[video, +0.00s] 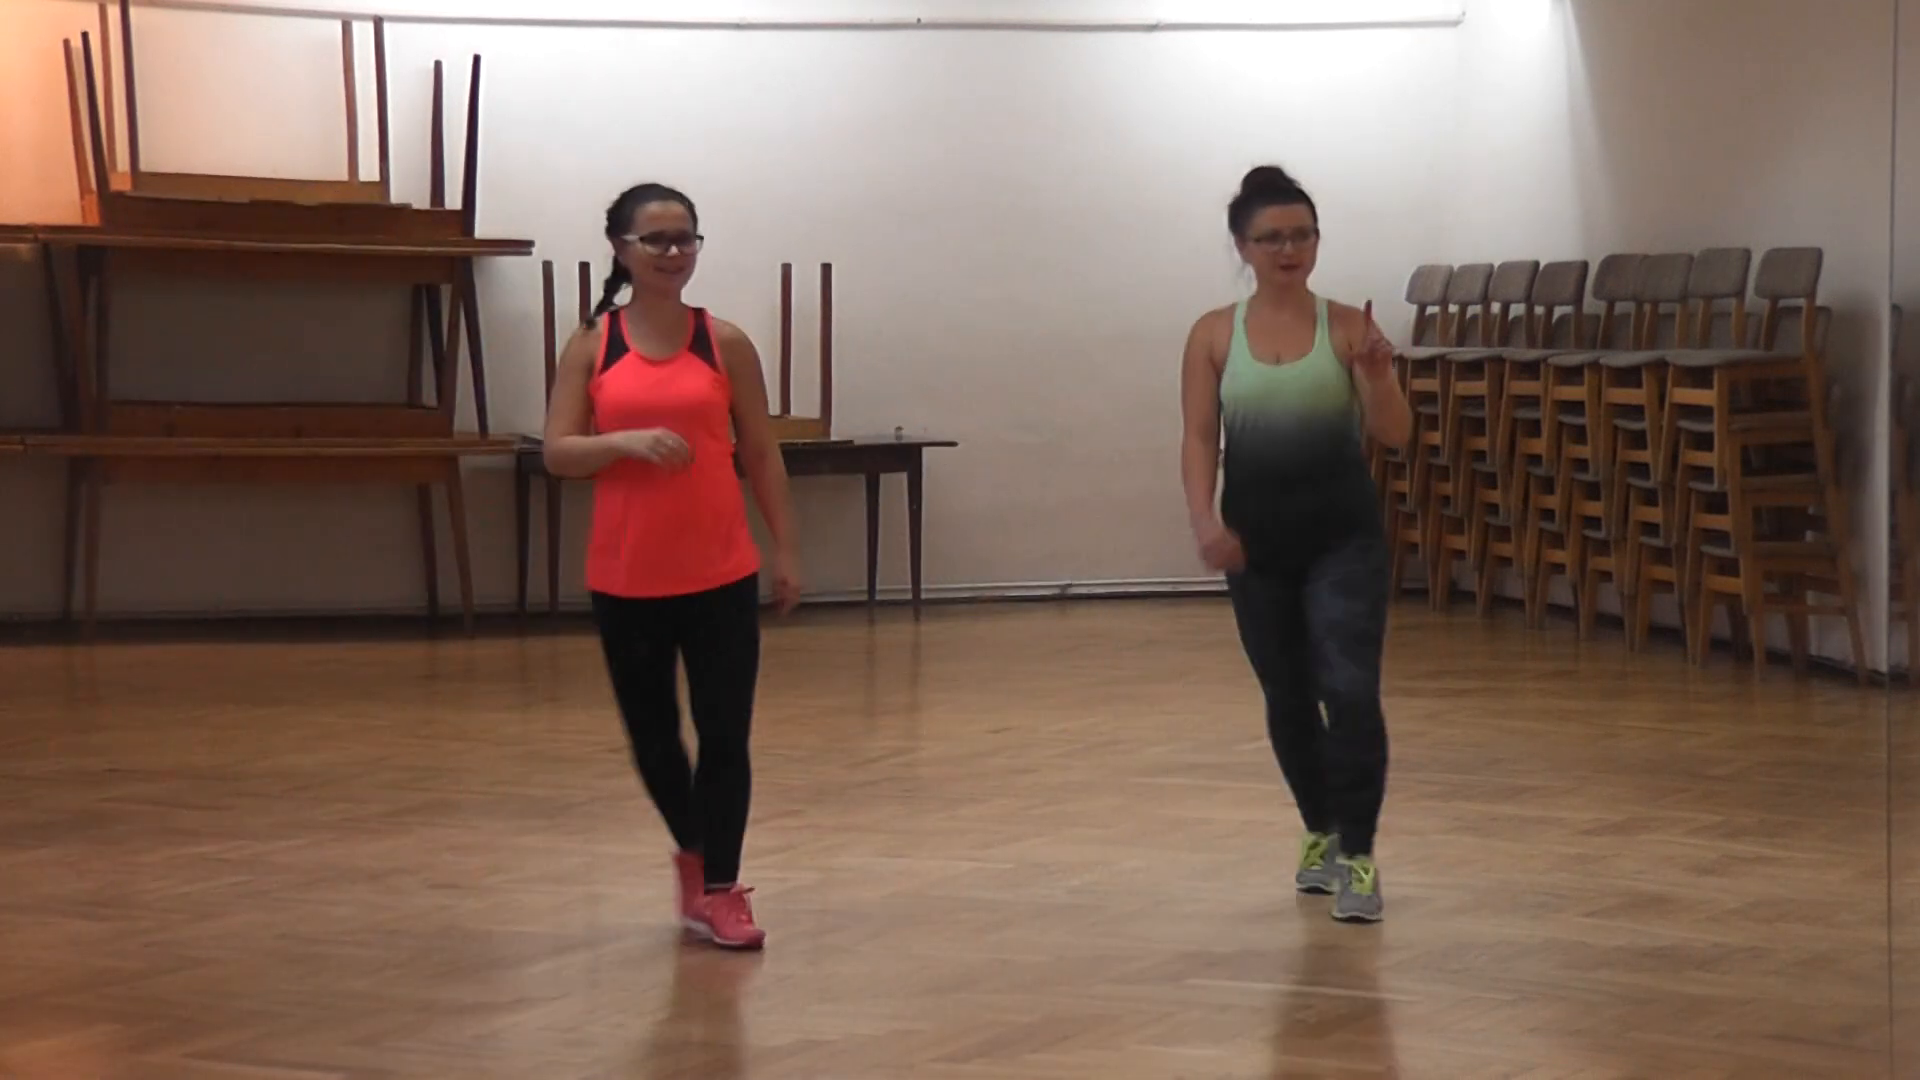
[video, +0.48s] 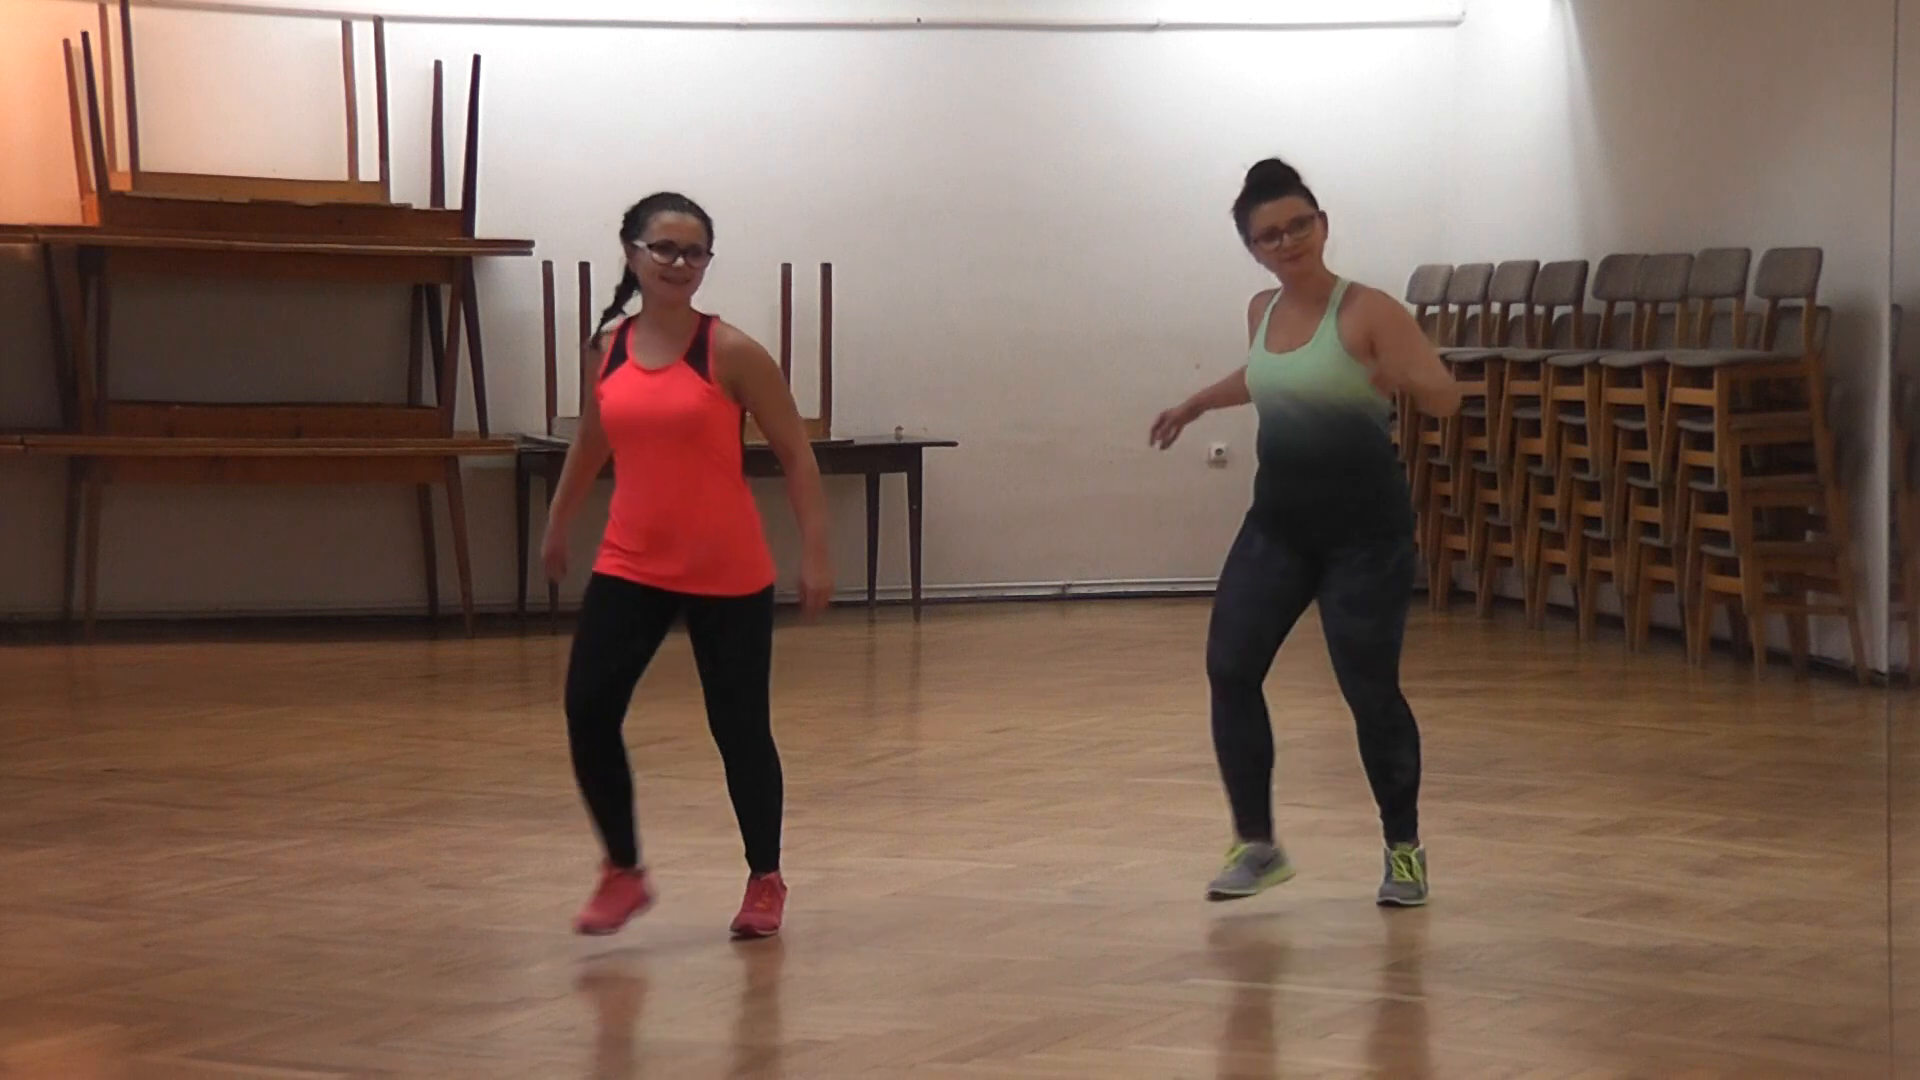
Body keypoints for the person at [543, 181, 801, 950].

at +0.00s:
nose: (676, 251)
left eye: (686, 239)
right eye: (658, 239)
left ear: (698, 247)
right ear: (622, 249)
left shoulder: (726, 344)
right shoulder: (590, 347)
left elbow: (761, 453)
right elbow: (558, 452)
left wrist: (785, 549)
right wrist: (628, 442)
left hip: (723, 574)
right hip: (628, 581)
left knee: (725, 736)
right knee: (652, 740)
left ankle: (722, 891)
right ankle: (691, 848)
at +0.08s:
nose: (684, 265)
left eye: (695, 253)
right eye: (666, 253)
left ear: (707, 261)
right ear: (632, 261)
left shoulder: (733, 355)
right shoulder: (596, 358)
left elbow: (769, 460)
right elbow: (565, 461)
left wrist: (797, 554)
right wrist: (629, 472)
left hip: (734, 576)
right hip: (644, 586)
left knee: (750, 731)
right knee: (685, 736)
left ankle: (747, 880)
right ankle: (718, 862)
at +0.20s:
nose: (689, 283)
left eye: (701, 270)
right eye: (673, 271)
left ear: (717, 277)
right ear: (641, 278)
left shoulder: (741, 374)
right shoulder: (608, 375)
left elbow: (782, 480)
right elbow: (585, 478)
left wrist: (814, 571)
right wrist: (611, 549)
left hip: (743, 592)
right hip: (654, 599)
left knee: (757, 736)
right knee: (692, 743)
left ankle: (763, 873)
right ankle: (722, 866)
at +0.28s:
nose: (693, 278)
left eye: (706, 266)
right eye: (677, 265)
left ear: (720, 274)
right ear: (646, 273)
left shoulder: (749, 369)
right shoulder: (614, 373)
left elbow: (788, 474)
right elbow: (595, 482)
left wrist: (818, 568)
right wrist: (586, 577)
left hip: (743, 594)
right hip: (651, 597)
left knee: (748, 743)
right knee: (670, 748)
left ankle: (761, 880)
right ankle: (718, 857)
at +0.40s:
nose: (690, 268)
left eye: (703, 258)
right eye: (675, 255)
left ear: (716, 267)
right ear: (643, 261)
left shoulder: (745, 356)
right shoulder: (614, 360)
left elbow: (800, 459)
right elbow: (594, 459)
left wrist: (821, 562)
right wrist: (561, 547)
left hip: (738, 577)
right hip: (642, 575)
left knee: (746, 733)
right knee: (611, 716)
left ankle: (765, 880)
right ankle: (674, 838)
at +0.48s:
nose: (680, 262)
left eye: (695, 252)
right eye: (665, 248)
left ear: (708, 262)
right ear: (632, 254)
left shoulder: (734, 352)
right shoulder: (608, 349)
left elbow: (795, 453)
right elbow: (593, 439)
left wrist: (816, 555)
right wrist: (558, 521)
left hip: (727, 571)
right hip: (631, 567)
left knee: (741, 729)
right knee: (589, 708)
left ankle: (764, 879)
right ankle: (623, 871)